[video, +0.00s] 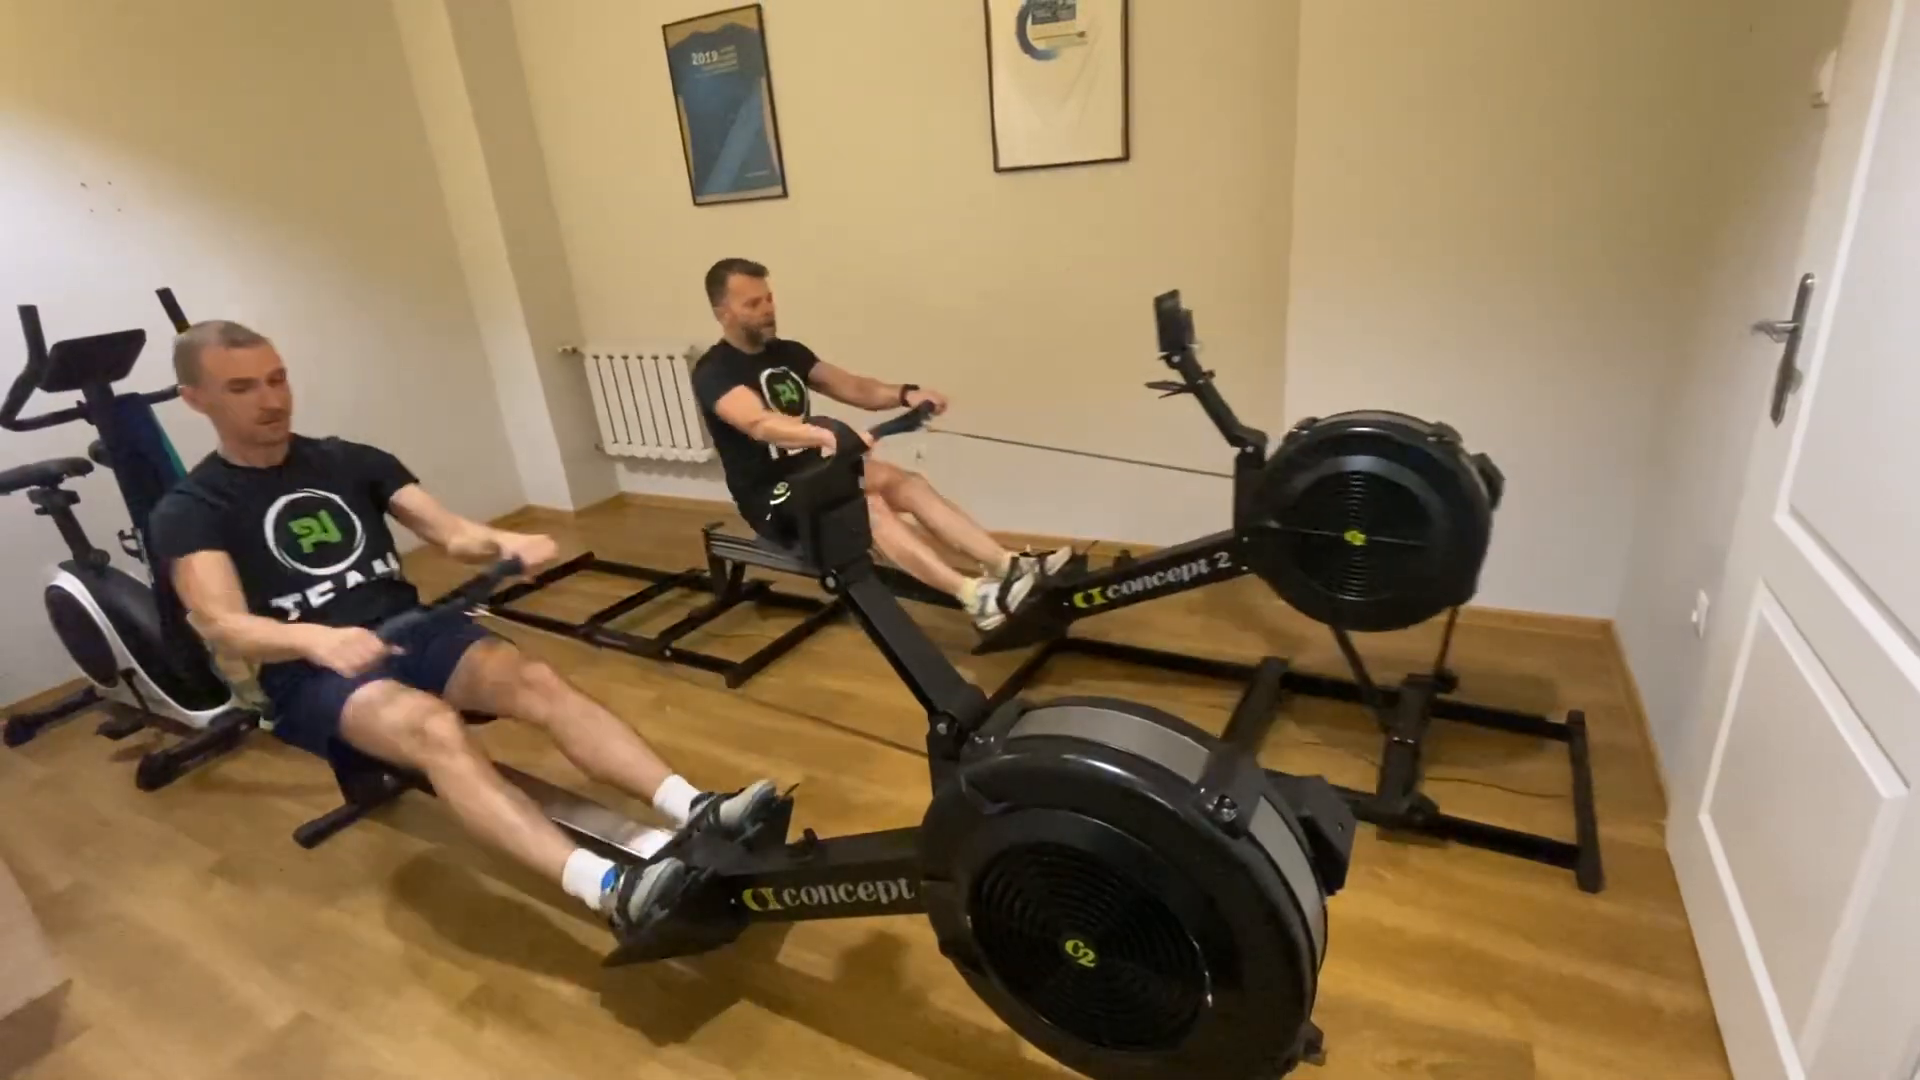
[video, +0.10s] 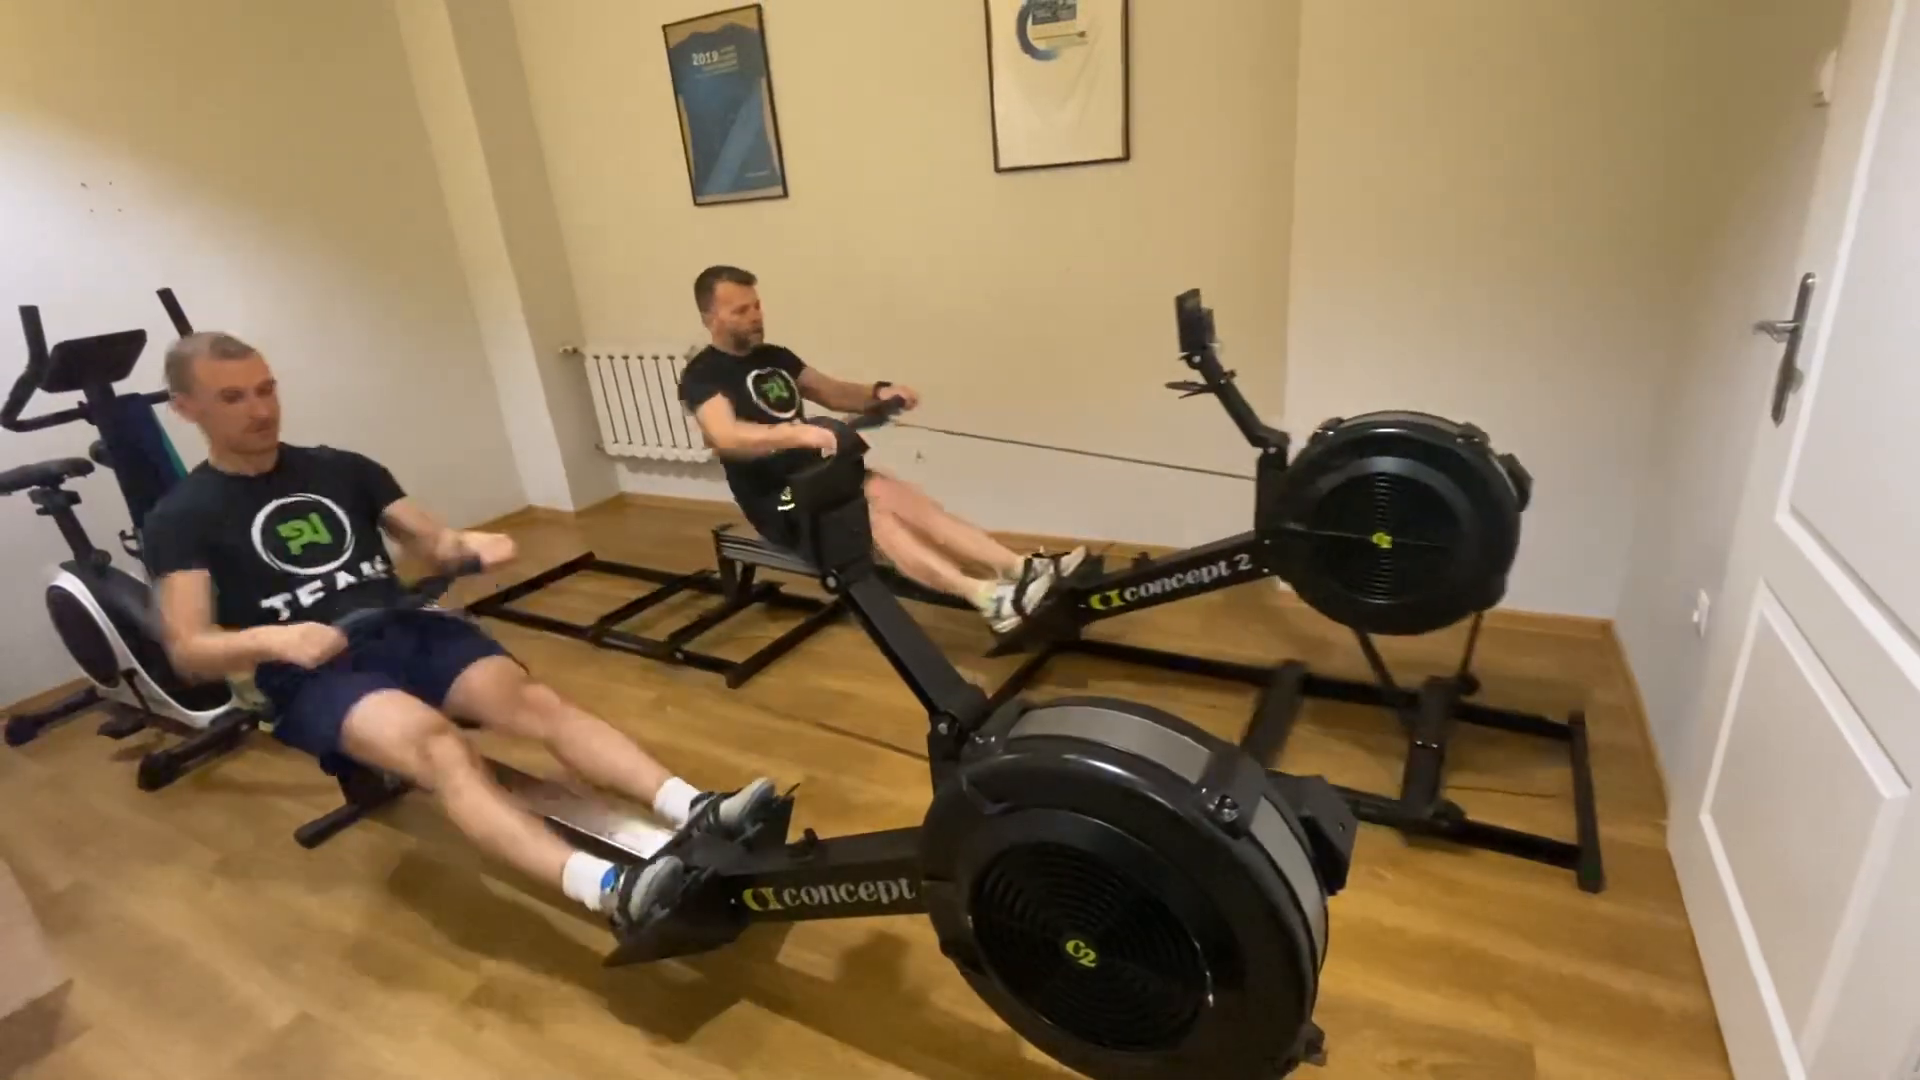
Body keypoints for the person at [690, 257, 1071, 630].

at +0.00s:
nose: (768, 310)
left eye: (768, 298)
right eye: (754, 304)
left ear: (771, 295)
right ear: (722, 312)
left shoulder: (786, 352)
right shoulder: (714, 372)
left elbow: (852, 387)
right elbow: (759, 423)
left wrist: (906, 395)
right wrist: (823, 436)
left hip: (826, 479)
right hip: (777, 500)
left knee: (906, 484)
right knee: (871, 508)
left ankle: (1008, 567)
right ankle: (975, 597)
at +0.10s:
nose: (755, 317)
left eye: (755, 306)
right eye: (741, 311)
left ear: (757, 304)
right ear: (710, 319)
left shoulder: (775, 357)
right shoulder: (701, 376)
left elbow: (828, 392)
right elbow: (725, 438)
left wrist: (876, 397)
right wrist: (794, 434)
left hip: (831, 476)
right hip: (785, 502)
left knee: (902, 496)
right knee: (875, 516)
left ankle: (1021, 571)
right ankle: (987, 599)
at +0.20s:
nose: (749, 328)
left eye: (748, 318)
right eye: (737, 321)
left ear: (745, 318)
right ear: (704, 327)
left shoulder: (763, 368)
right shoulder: (690, 389)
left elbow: (814, 403)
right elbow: (690, 458)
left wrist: (845, 399)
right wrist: (757, 440)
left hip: (836, 483)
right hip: (792, 511)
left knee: (917, 514)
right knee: (888, 536)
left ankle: (1036, 573)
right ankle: (1002, 604)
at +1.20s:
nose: (802, 319)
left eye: (802, 308)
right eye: (788, 311)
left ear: (805, 306)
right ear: (754, 319)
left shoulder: (811, 362)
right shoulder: (737, 376)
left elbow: (866, 402)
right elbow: (739, 453)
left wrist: (910, 409)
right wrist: (808, 453)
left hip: (835, 481)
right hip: (782, 500)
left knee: (912, 464)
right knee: (871, 482)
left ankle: (988, 565)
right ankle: (954, 591)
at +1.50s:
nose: (834, 327)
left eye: (834, 316)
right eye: (820, 320)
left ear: (838, 312)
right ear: (786, 328)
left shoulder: (840, 367)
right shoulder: (764, 380)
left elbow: (906, 404)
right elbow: (790, 452)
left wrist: (959, 419)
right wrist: (863, 475)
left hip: (832, 483)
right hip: (780, 504)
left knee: (904, 440)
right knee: (853, 483)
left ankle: (956, 559)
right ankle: (918, 580)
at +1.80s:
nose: (862, 337)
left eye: (862, 326)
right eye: (848, 329)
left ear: (864, 324)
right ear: (813, 338)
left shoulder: (867, 375)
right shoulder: (797, 390)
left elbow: (943, 407)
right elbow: (847, 450)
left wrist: (1008, 429)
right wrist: (930, 480)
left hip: (836, 493)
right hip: (785, 514)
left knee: (908, 425)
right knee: (837, 454)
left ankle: (934, 550)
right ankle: (876, 571)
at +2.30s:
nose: (842, 326)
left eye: (842, 316)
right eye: (829, 319)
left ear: (847, 315)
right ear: (796, 332)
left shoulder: (850, 370)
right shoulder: (782, 387)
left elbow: (921, 400)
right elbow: (848, 430)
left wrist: (991, 416)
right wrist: (921, 455)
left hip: (843, 482)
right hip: (788, 506)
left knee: (921, 462)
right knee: (859, 495)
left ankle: (977, 564)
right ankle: (937, 590)